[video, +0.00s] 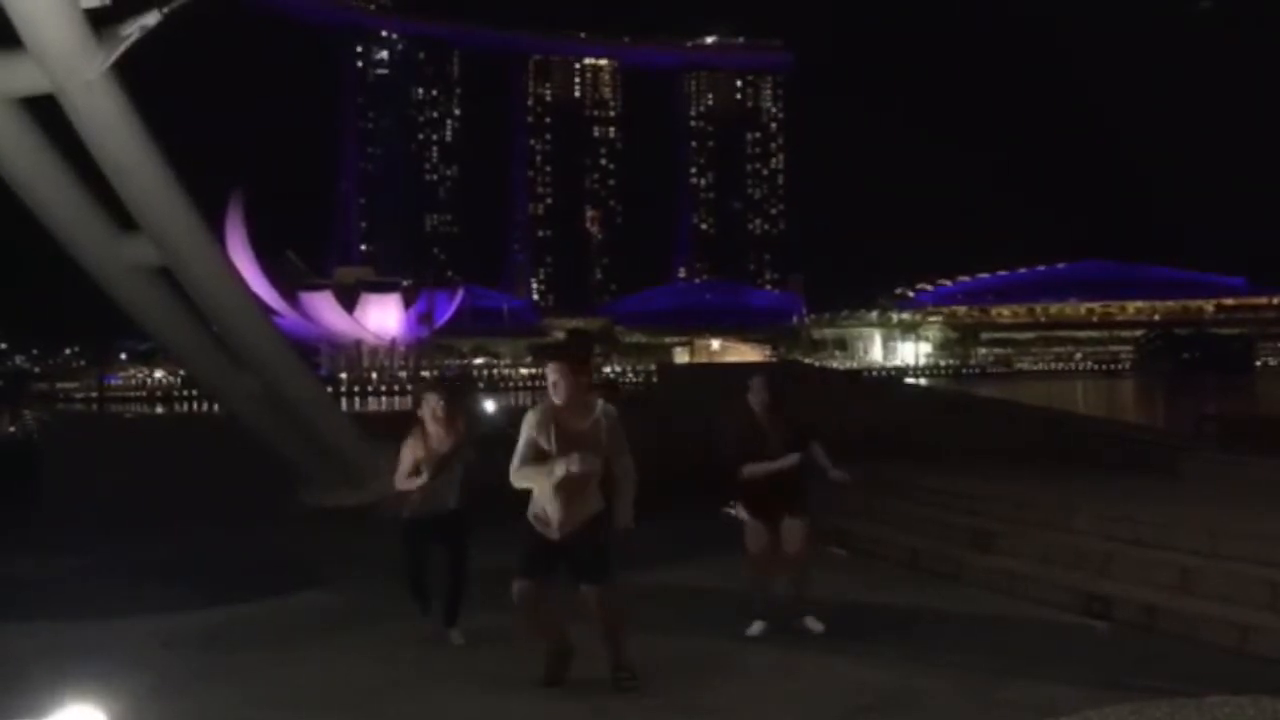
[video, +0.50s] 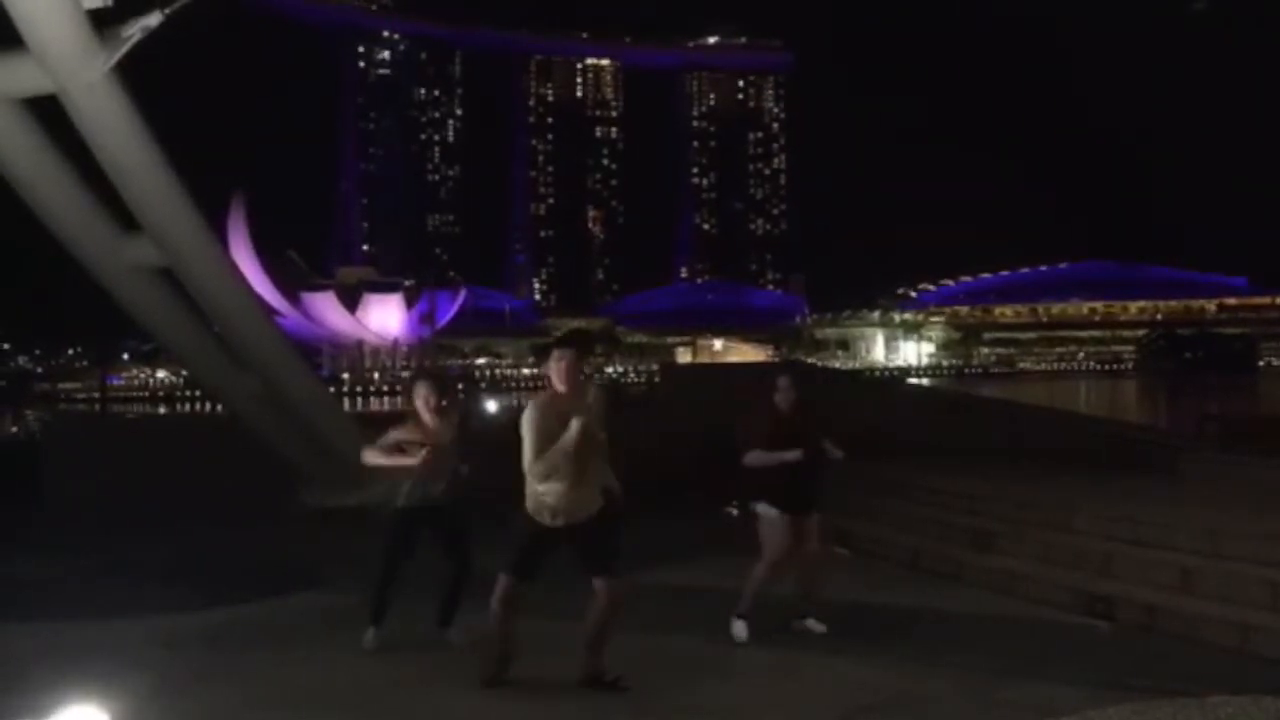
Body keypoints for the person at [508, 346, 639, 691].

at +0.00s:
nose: (552, 384)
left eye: (559, 376)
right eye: (548, 376)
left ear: (582, 378)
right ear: (544, 380)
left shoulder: (604, 417)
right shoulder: (537, 419)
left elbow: (622, 466)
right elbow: (517, 473)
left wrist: (623, 512)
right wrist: (560, 466)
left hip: (590, 520)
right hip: (544, 522)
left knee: (598, 591)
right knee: (526, 589)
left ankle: (618, 662)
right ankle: (557, 648)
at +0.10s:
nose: (536, 383)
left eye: (544, 376)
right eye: (534, 377)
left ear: (566, 378)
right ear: (532, 381)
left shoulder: (592, 413)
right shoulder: (525, 419)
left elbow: (612, 456)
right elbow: (509, 476)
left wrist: (607, 504)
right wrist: (539, 462)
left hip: (581, 523)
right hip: (532, 525)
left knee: (606, 593)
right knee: (493, 587)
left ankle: (617, 665)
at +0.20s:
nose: (516, 398)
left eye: (523, 390)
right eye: (513, 390)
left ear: (547, 390)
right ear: (513, 393)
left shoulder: (574, 424)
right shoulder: (513, 436)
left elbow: (600, 452)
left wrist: (598, 504)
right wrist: (506, 433)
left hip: (576, 527)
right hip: (526, 531)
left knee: (608, 589)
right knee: (483, 595)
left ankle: (603, 670)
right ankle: (458, 669)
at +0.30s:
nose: (514, 402)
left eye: (522, 394)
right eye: (511, 395)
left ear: (541, 396)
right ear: (507, 398)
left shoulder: (567, 431)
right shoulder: (498, 433)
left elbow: (591, 466)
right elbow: (462, 448)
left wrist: (595, 511)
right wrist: (520, 452)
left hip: (569, 536)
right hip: (517, 540)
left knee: (607, 593)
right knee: (479, 603)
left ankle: (594, 670)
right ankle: (456, 669)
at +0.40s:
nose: (546, 381)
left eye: (552, 373)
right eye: (539, 373)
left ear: (565, 379)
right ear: (528, 380)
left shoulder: (579, 414)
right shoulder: (520, 421)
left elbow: (591, 464)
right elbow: (501, 476)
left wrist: (598, 504)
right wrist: (546, 454)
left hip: (578, 526)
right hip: (525, 530)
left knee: (606, 594)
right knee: (489, 596)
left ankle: (592, 671)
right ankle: (454, 669)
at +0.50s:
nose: (569, 369)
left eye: (575, 361)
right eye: (561, 361)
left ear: (585, 368)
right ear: (547, 369)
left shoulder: (590, 406)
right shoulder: (537, 411)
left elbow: (596, 453)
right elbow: (536, 470)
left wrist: (610, 483)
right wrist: (573, 430)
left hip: (588, 515)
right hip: (541, 518)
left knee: (608, 590)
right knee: (504, 593)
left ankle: (592, 669)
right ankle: (499, 664)